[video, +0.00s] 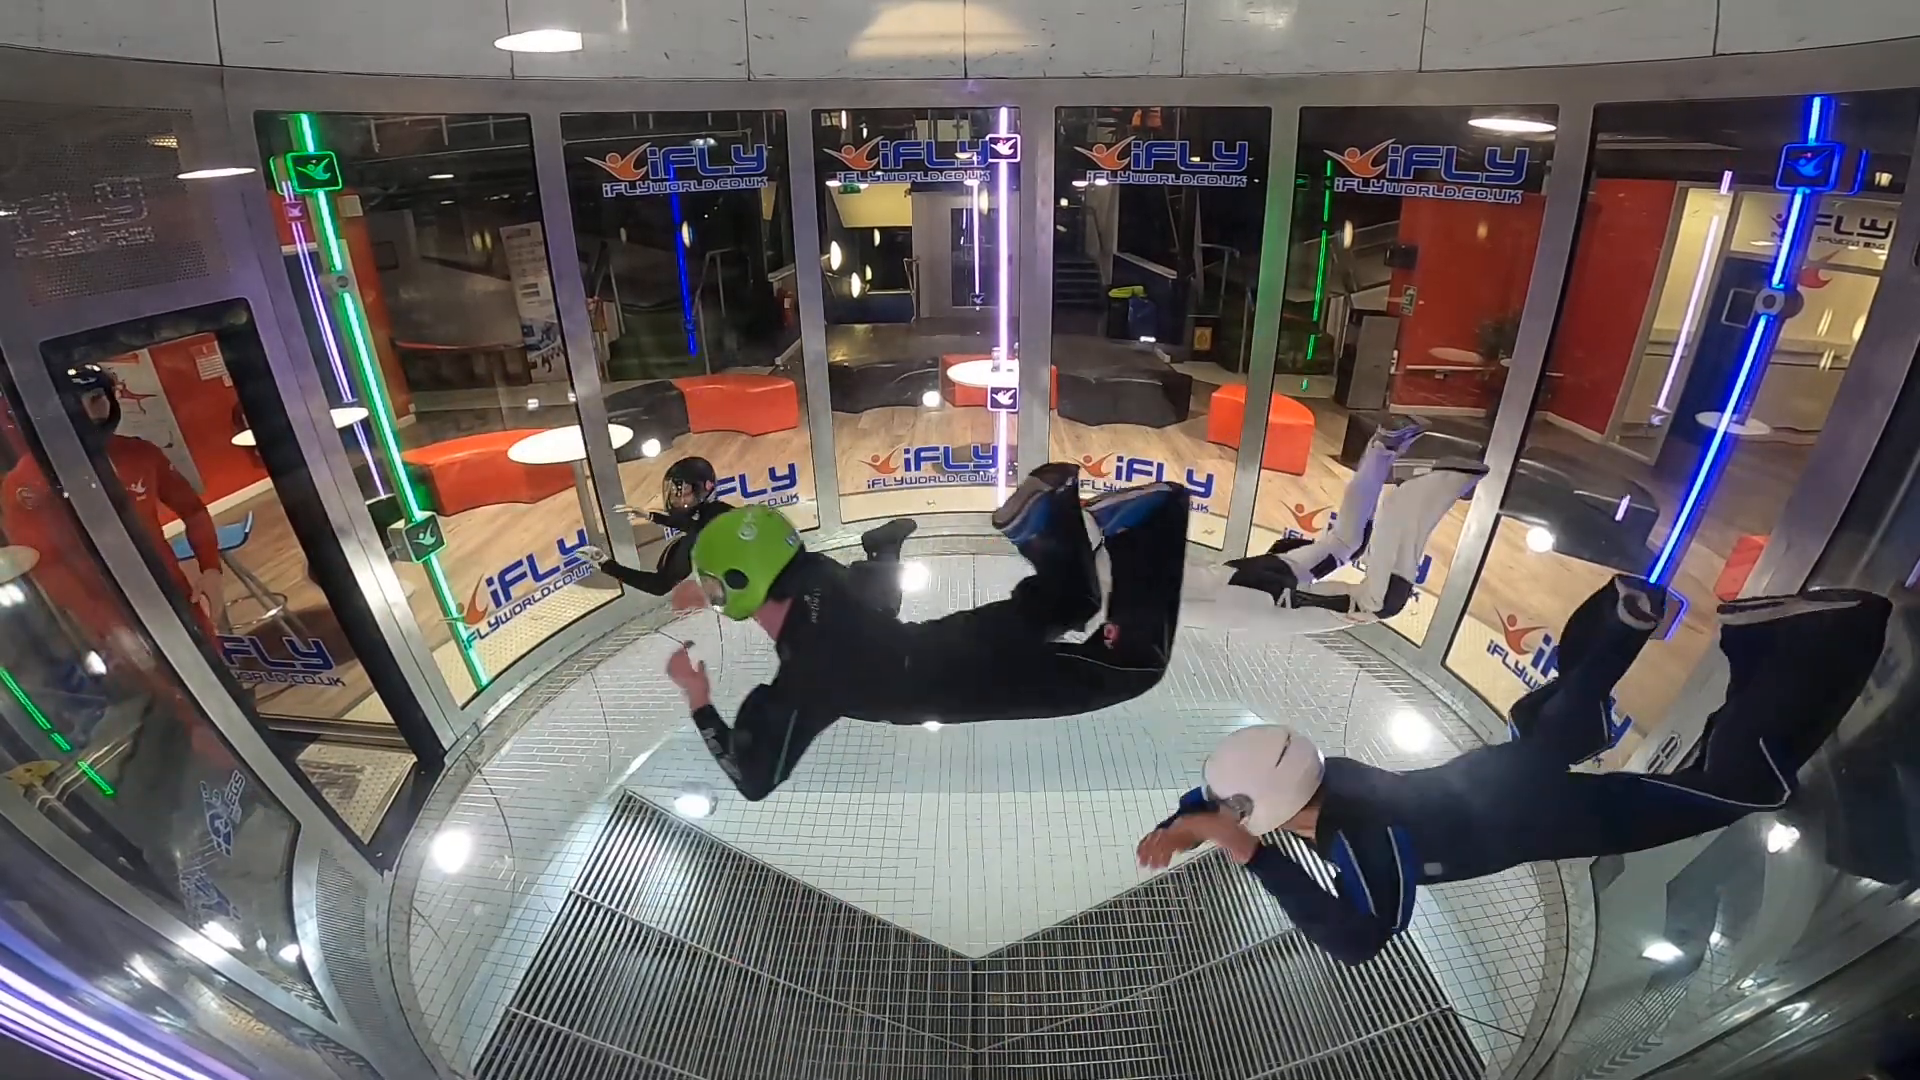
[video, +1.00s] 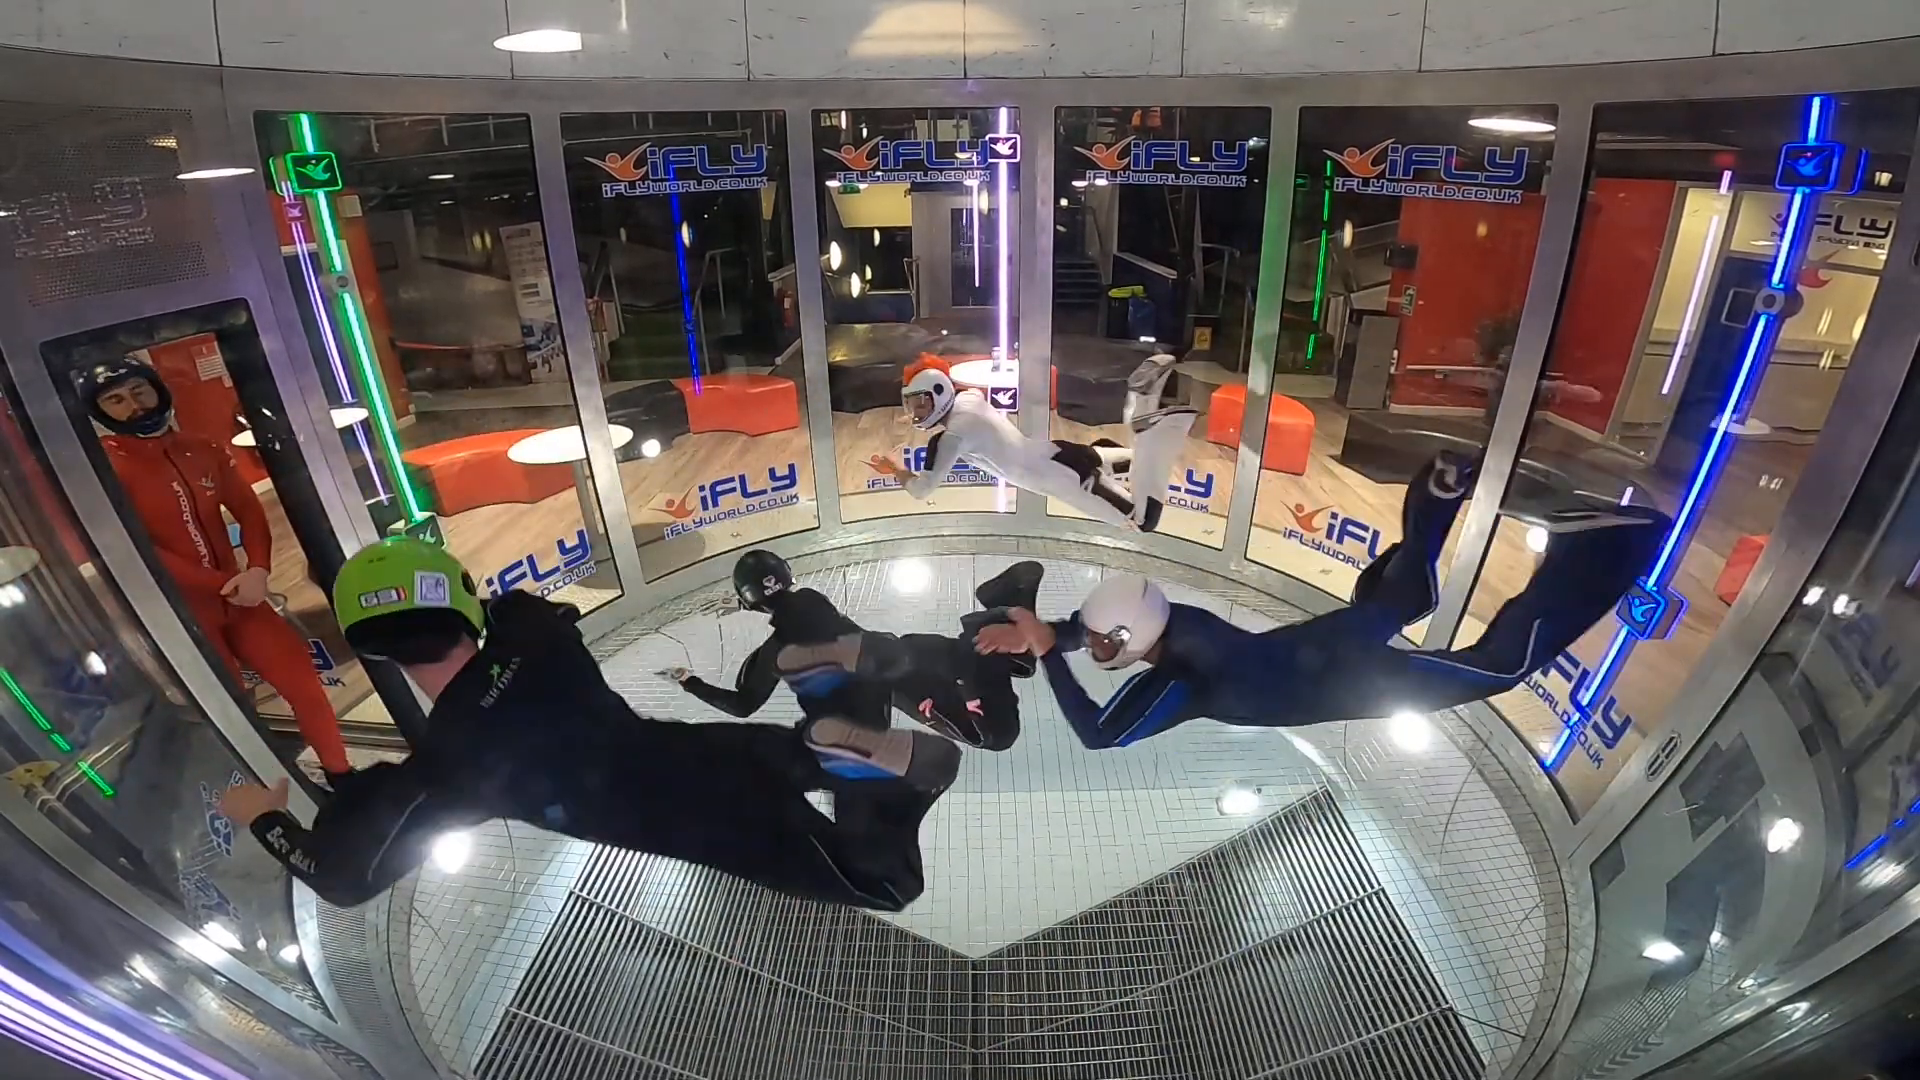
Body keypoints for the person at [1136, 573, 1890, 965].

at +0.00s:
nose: (1241, 825)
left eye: (1246, 809)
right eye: (1235, 804)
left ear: (1283, 807)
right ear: (1286, 776)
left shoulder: (1365, 834)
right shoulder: (1304, 775)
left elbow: (1359, 939)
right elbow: (1225, 785)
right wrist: (1184, 821)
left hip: (1543, 810)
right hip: (1490, 765)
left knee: (1700, 799)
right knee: (1559, 714)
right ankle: (1629, 608)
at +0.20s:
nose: (1252, 739)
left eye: (1257, 730)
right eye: (1250, 723)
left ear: (1293, 736)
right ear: (1318, 688)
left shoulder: (1367, 771)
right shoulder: (1356, 708)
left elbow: (1329, 878)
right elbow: (1260, 700)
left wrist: (1246, 786)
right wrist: (1223, 739)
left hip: (1583, 761)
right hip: (1543, 714)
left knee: (1734, 754)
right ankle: (1637, 594)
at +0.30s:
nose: (1278, 697)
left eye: (1278, 689)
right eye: (1277, 676)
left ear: (1292, 700)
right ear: (1317, 658)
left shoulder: (1355, 750)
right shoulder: (1342, 669)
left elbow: (1279, 835)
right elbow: (1263, 649)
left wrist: (1249, 746)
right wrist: (1211, 700)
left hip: (1532, 730)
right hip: (1519, 682)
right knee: (1566, 620)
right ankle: (1651, 547)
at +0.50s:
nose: (1227, 656)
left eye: (1235, 654)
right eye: (1228, 643)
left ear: (1257, 664)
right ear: (1269, 618)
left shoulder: (1305, 715)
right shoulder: (1293, 607)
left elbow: (1233, 787)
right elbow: (1235, 590)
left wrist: (1173, 709)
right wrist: (1181, 637)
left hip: (1489, 708)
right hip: (1472, 637)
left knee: (1607, 734)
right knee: (1557, 563)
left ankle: (1687, 641)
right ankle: (1658, 485)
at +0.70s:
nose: (1187, 656)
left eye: (1192, 651)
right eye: (1183, 648)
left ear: (1219, 654)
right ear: (1224, 609)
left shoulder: (1262, 698)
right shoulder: (1243, 600)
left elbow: (1186, 756)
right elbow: (1180, 581)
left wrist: (1121, 694)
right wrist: (1124, 625)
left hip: (1438, 675)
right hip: (1420, 611)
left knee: (1569, 689)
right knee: (1499, 555)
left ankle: (1636, 572)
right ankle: (1596, 473)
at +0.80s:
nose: (1167, 650)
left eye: (1170, 645)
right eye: (1163, 641)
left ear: (1192, 649)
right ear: (1191, 613)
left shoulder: (1236, 691)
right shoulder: (1225, 605)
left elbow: (1165, 749)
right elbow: (1158, 606)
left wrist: (1107, 684)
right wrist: (1095, 619)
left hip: (1405, 680)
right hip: (1387, 621)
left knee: (1549, 685)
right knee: (1457, 568)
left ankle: (1621, 581)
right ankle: (1534, 493)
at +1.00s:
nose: (1104, 651)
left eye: (1108, 643)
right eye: (1101, 642)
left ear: (1132, 643)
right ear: (1131, 626)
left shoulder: (1175, 674)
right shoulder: (1168, 620)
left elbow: (1100, 735)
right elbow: (1094, 626)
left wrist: (1053, 670)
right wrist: (1040, 634)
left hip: (1343, 682)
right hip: (1327, 638)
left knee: (1497, 663)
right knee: (1396, 592)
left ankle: (1603, 545)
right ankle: (1436, 498)